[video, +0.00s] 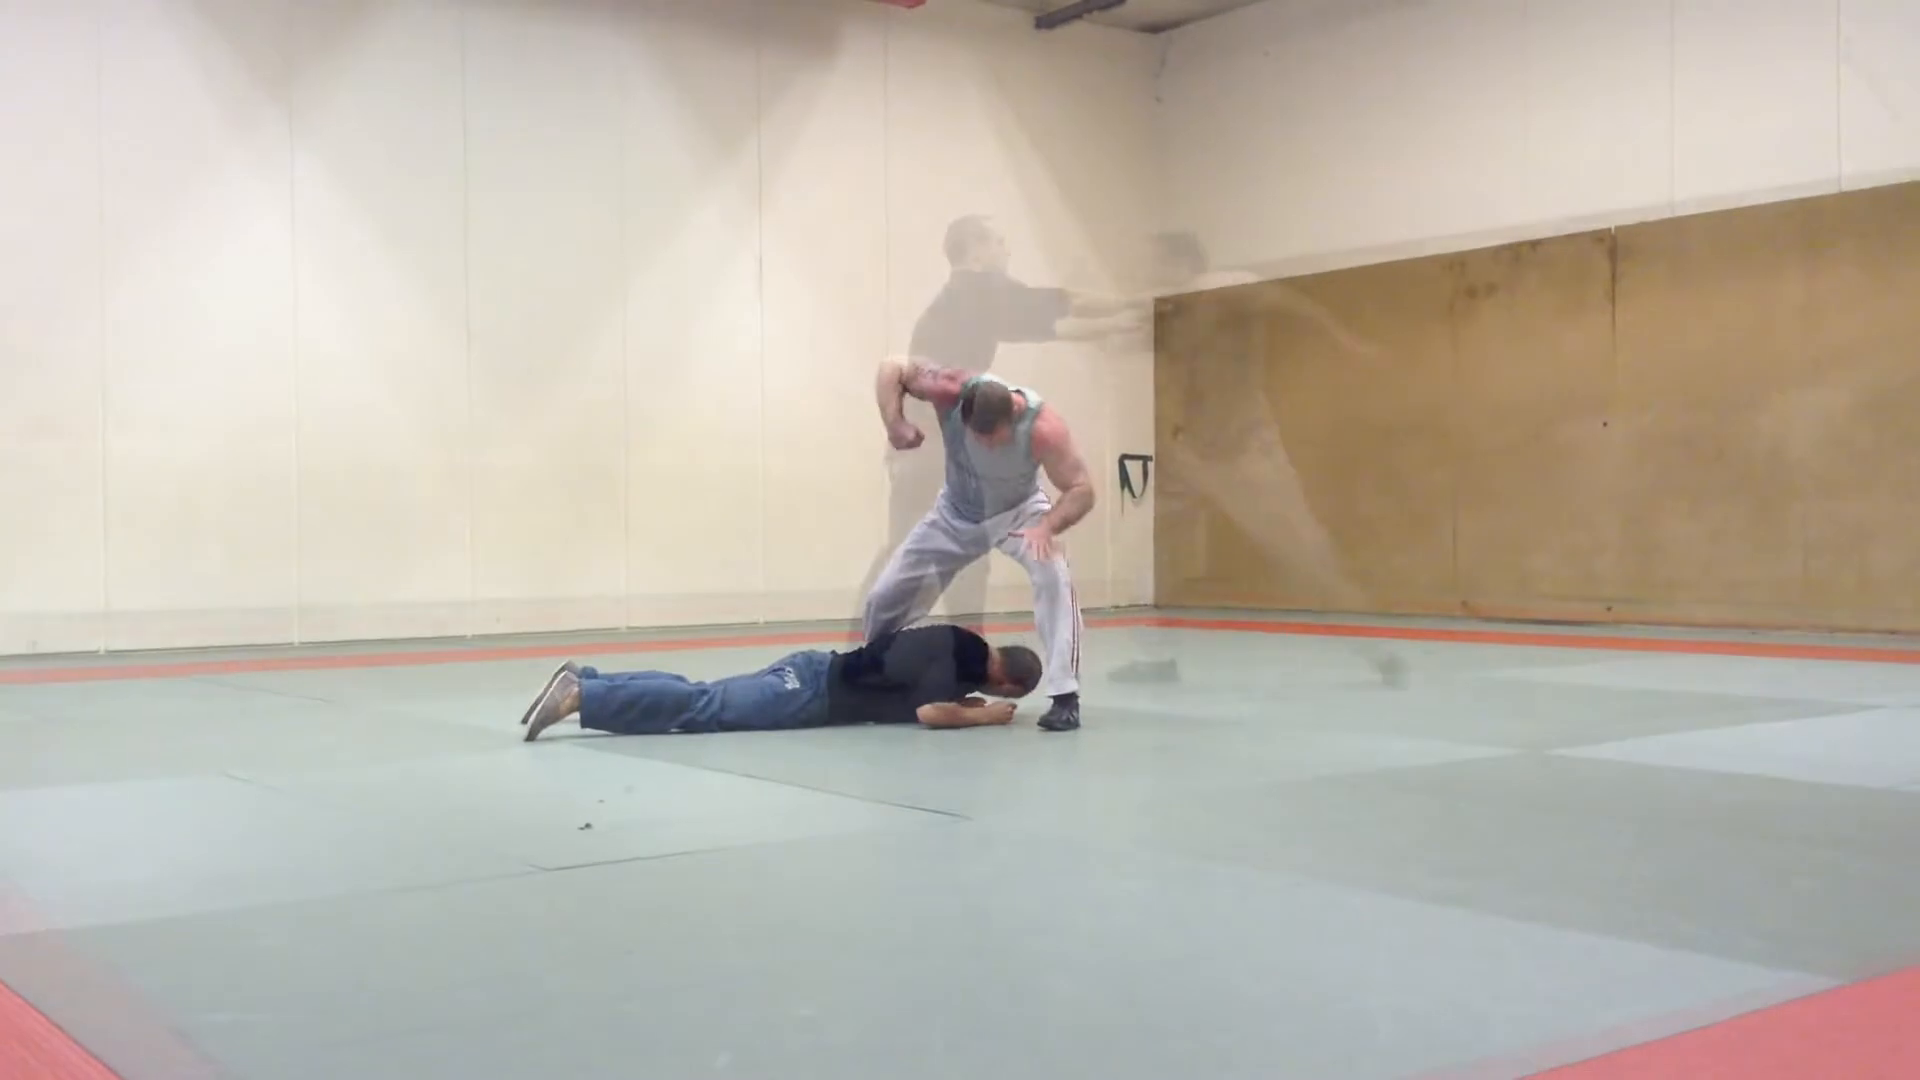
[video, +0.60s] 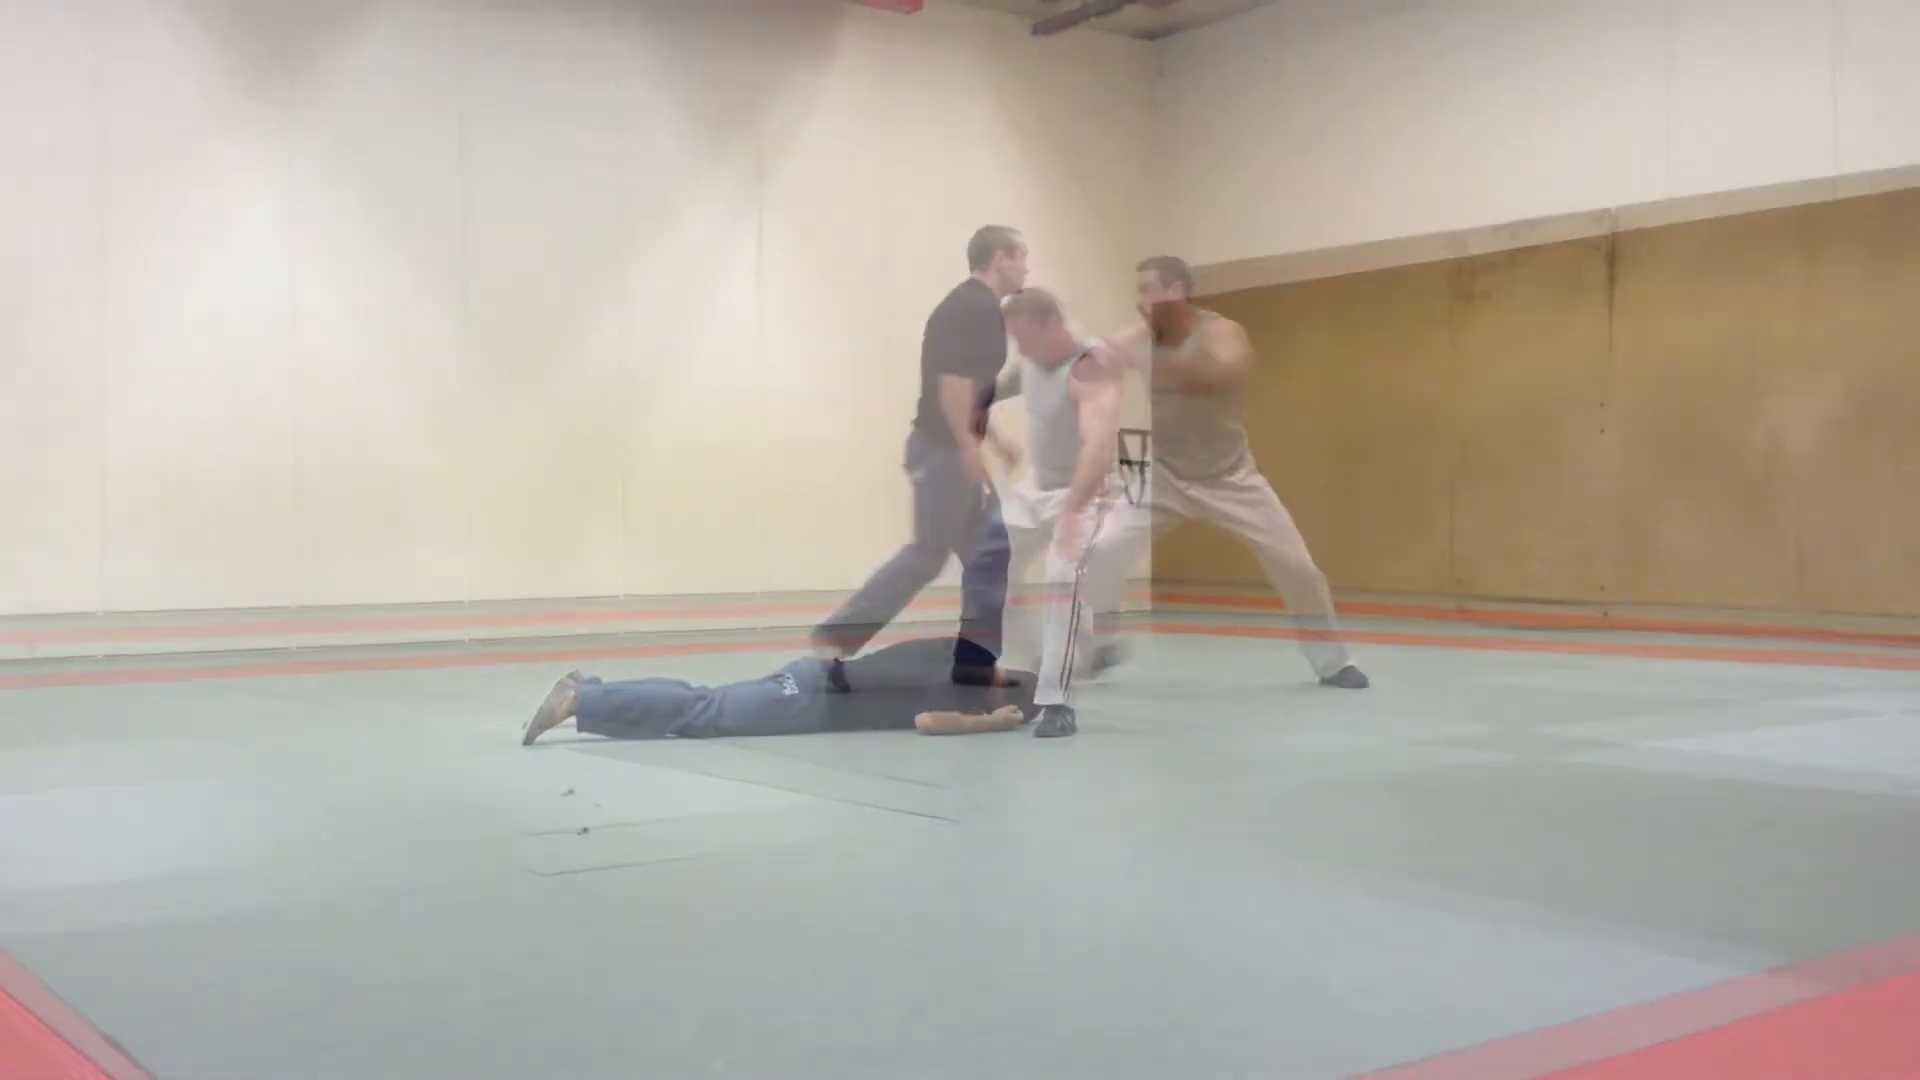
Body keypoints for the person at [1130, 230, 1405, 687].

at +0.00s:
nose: (1170, 274)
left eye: (1177, 265)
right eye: (1165, 265)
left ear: (1194, 263)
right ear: (1159, 267)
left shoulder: (1226, 295)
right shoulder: (1163, 311)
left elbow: (1284, 301)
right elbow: (1111, 328)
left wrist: (1344, 341)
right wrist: (1063, 318)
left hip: (1248, 443)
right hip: (1188, 447)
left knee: (1306, 549)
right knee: (1162, 559)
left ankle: (1377, 651)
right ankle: (1158, 659)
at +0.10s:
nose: (1209, 293)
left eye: (1217, 283)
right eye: (1202, 285)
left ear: (1236, 281)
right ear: (1195, 287)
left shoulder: (1274, 313)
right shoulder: (1186, 320)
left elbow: (1332, 332)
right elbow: (1120, 307)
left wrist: (1324, 322)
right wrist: (1097, 265)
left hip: (1276, 469)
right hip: (1210, 467)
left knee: (1338, 553)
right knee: (1134, 535)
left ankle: (1389, 657)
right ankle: (1141, 648)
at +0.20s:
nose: (1249, 302)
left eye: (1258, 293)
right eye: (1242, 292)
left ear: (1273, 296)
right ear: (1227, 296)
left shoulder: (1289, 339)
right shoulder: (1206, 332)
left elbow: (1334, 347)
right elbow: (1150, 319)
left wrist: (1281, 302)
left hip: (1280, 482)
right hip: (1208, 481)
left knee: (1348, 557)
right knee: (1138, 560)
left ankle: (1383, 660)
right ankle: (1094, 661)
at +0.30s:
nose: (1223, 308)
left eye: (1233, 300)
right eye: (1221, 300)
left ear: (1255, 303)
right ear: (1216, 304)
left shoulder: (1283, 347)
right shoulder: (1203, 343)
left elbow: (1343, 359)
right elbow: (1180, 356)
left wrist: (1312, 327)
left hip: (1267, 489)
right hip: (1197, 488)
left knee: (1340, 557)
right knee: (1129, 561)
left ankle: (1374, 661)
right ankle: (1082, 664)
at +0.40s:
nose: (1203, 311)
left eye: (1212, 301)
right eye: (1198, 302)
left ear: (1237, 301)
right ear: (1193, 305)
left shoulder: (1271, 347)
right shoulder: (1180, 346)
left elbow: (1328, 355)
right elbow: (1117, 348)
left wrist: (1367, 359)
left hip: (1250, 488)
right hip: (1179, 489)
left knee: (1323, 552)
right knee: (1118, 558)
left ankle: (1358, 658)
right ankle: (1068, 661)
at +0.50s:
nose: (1173, 310)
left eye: (1181, 300)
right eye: (1168, 301)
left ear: (1208, 295)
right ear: (1163, 299)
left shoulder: (1249, 337)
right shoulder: (1156, 332)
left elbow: (1306, 377)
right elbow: (1085, 317)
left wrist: (1324, 407)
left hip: (1242, 483)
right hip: (1170, 483)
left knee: (1306, 559)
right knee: (1111, 564)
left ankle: (1339, 661)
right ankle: (1052, 670)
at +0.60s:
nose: (1142, 301)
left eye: (1149, 291)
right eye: (1139, 292)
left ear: (1179, 290)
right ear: (1142, 296)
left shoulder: (1220, 333)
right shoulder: (1141, 340)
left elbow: (1225, 371)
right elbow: (1099, 361)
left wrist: (1160, 368)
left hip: (1232, 481)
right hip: (1164, 481)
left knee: (1297, 565)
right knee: (1102, 550)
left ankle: (1332, 663)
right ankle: (1101, 647)